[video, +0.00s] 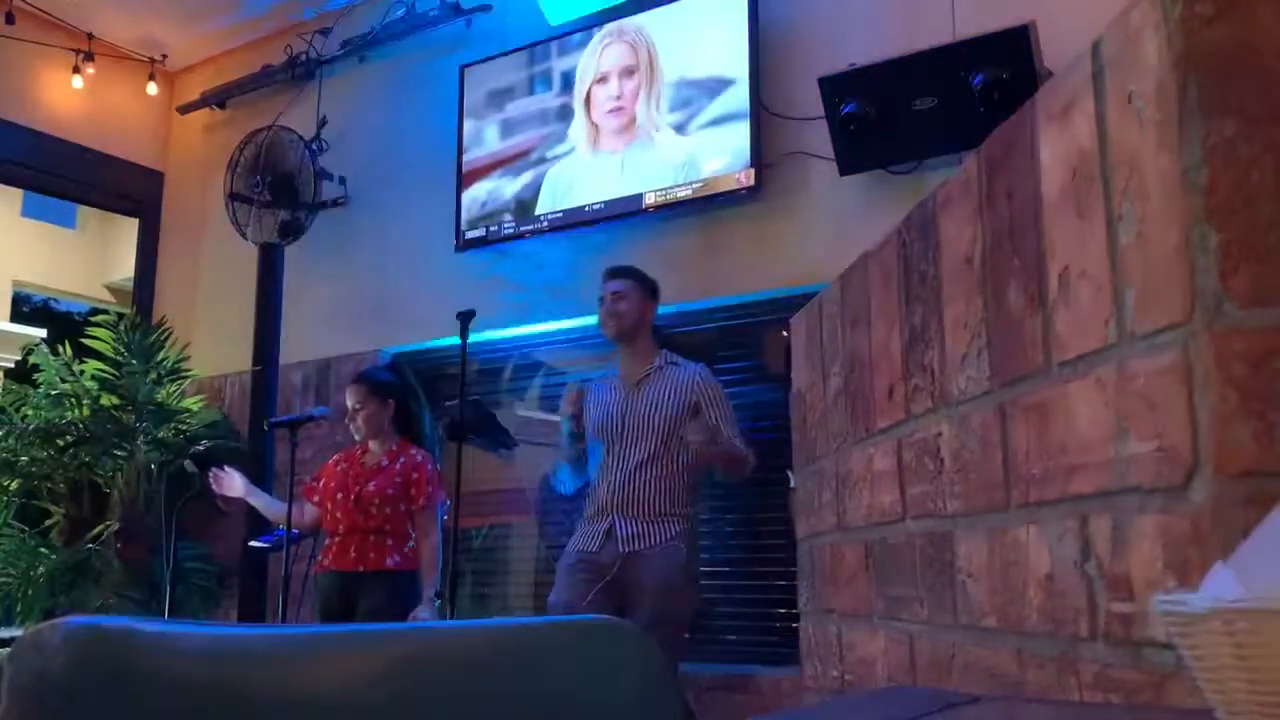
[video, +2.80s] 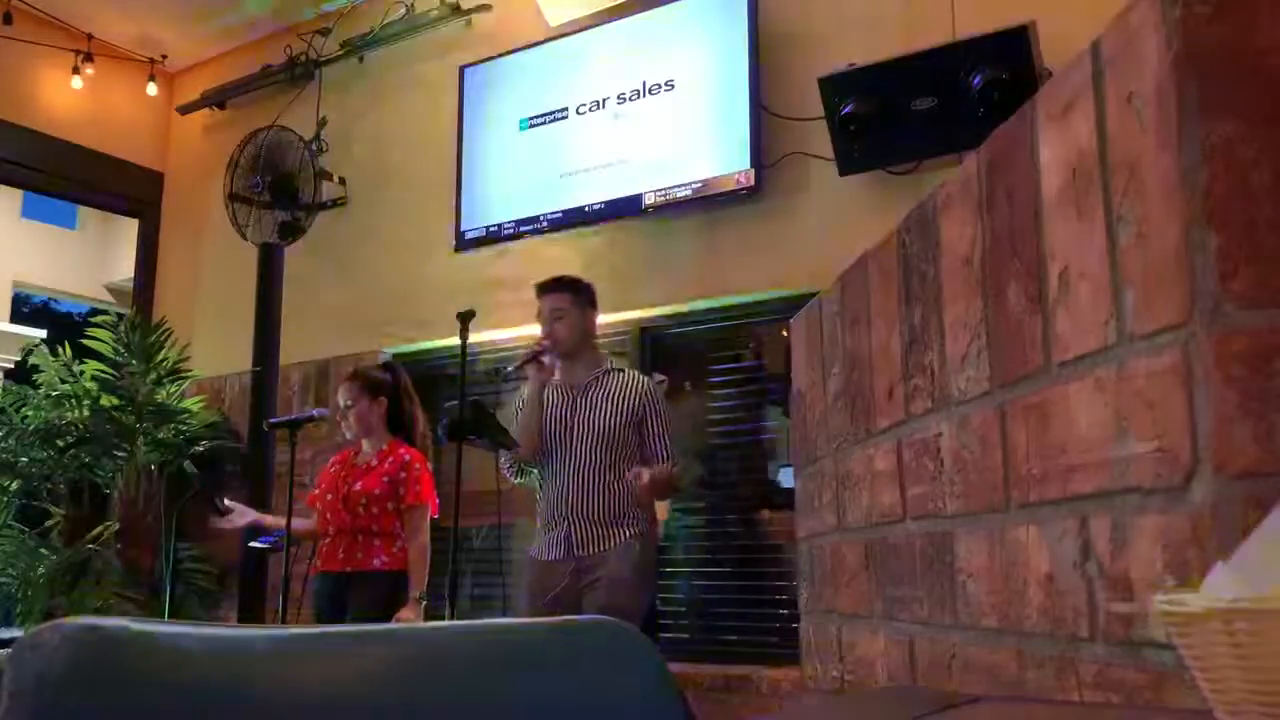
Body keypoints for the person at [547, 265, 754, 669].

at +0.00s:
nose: (608, 307)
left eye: (619, 297)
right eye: (603, 301)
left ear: (649, 307)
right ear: (600, 316)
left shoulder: (693, 380)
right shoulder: (593, 391)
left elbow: (740, 462)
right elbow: (573, 477)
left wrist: (712, 447)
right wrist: (572, 425)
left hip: (661, 539)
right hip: (592, 538)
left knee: (651, 664)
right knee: (565, 643)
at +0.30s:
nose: (628, 315)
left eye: (641, 306)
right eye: (625, 306)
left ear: (670, 318)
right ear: (618, 314)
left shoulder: (705, 393)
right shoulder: (595, 385)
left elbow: (728, 477)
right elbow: (565, 461)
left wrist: (690, 499)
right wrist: (599, 403)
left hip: (668, 542)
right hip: (596, 538)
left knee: (665, 655)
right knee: (567, 633)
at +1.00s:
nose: (602, 329)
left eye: (614, 317)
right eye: (600, 318)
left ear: (649, 320)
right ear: (598, 320)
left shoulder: (686, 386)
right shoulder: (598, 384)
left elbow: (713, 475)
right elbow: (563, 456)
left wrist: (672, 494)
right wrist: (585, 386)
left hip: (650, 543)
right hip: (588, 538)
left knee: (640, 658)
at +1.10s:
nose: (596, 326)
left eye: (608, 314)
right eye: (594, 315)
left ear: (640, 318)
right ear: (592, 318)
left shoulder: (677, 387)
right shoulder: (594, 384)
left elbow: (696, 478)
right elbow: (557, 444)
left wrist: (624, 496)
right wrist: (574, 383)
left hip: (643, 547)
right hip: (582, 540)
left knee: (638, 655)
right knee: (553, 643)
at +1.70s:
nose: (538, 336)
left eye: (549, 324)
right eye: (533, 328)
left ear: (577, 328)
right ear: (530, 335)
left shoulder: (620, 390)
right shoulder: (536, 396)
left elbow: (650, 468)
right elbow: (505, 460)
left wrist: (575, 497)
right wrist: (526, 390)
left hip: (603, 545)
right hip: (543, 546)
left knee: (591, 656)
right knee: (531, 654)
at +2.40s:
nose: (525, 332)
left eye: (535, 320)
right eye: (518, 324)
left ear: (562, 323)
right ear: (513, 331)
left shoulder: (613, 381)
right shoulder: (511, 398)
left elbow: (662, 451)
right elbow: (504, 464)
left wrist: (632, 470)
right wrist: (519, 389)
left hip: (608, 545)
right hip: (541, 549)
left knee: (601, 659)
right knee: (529, 659)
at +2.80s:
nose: (547, 330)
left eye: (558, 318)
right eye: (542, 321)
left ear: (591, 319)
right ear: (537, 326)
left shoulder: (637, 389)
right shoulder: (534, 394)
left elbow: (668, 476)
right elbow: (518, 464)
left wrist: (652, 482)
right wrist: (534, 388)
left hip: (619, 551)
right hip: (550, 552)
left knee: (604, 665)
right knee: (538, 665)